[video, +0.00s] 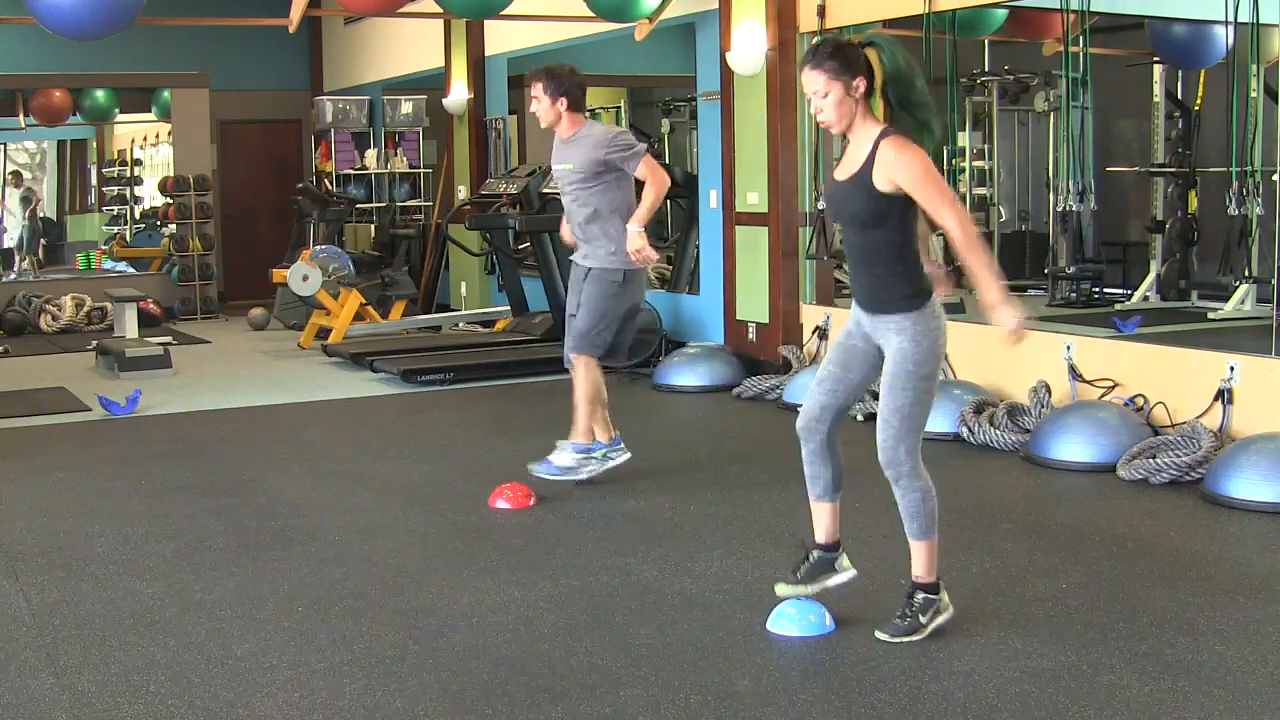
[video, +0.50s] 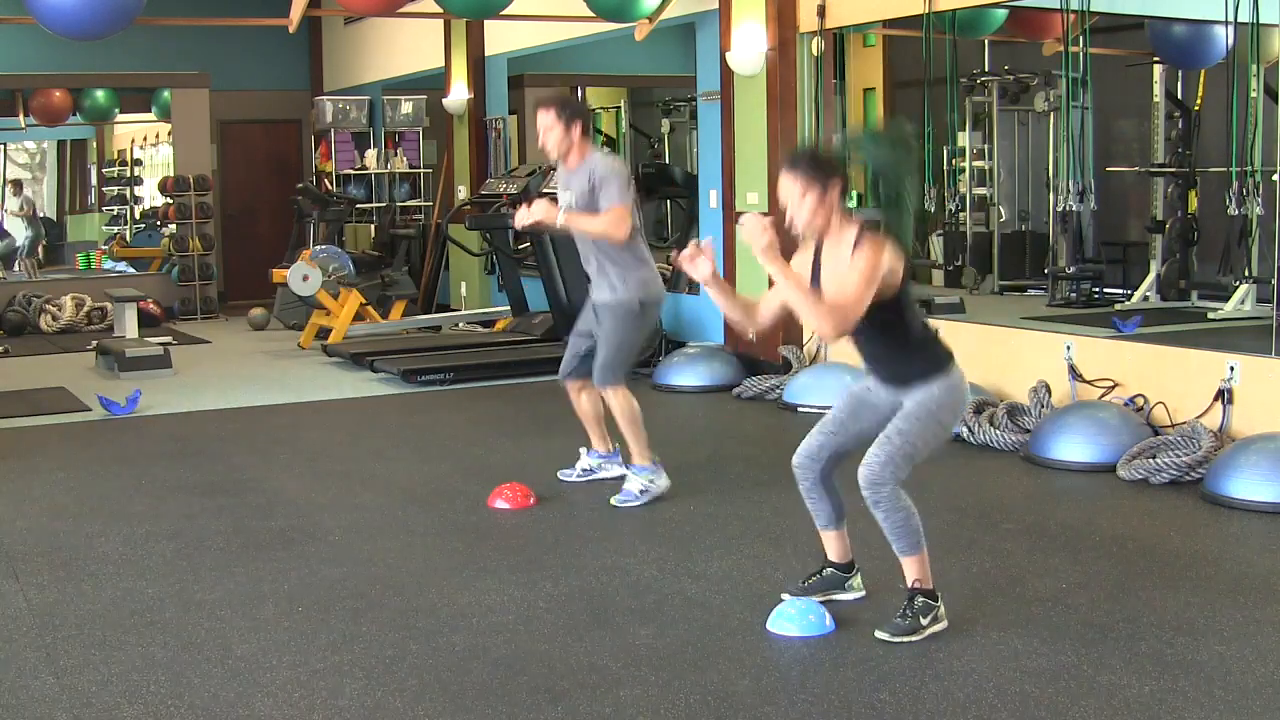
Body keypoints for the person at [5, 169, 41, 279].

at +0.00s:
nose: (11, 183)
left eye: (13, 179)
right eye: (10, 180)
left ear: (20, 179)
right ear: (10, 181)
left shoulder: (27, 190)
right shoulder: (20, 193)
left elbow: (37, 199)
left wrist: (30, 210)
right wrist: (5, 208)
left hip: (30, 223)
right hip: (23, 223)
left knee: (28, 251)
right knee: (17, 248)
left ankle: (35, 274)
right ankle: (17, 272)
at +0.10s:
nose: (13, 185)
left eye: (14, 182)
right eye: (12, 183)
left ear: (21, 182)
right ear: (14, 183)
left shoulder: (27, 194)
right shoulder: (22, 195)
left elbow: (33, 207)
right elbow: (21, 214)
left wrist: (24, 216)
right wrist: (8, 209)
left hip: (29, 227)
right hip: (23, 227)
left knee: (27, 255)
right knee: (14, 249)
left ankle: (35, 276)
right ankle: (11, 276)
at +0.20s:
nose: (13, 187)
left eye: (15, 184)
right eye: (13, 184)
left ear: (22, 184)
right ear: (14, 184)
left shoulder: (27, 196)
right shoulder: (22, 197)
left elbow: (32, 209)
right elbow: (26, 210)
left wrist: (18, 214)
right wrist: (13, 215)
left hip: (30, 231)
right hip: (23, 231)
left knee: (27, 259)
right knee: (13, 254)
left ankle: (35, 277)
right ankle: (12, 276)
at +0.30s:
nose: (13, 183)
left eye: (15, 180)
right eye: (13, 180)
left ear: (21, 180)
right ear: (17, 180)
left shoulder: (27, 191)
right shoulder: (20, 192)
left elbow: (30, 203)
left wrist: (15, 209)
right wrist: (13, 209)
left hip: (30, 227)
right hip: (23, 226)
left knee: (30, 253)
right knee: (16, 250)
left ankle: (35, 275)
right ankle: (16, 273)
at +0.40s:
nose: (11, 183)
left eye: (13, 180)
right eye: (11, 180)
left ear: (20, 180)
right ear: (14, 181)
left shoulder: (26, 190)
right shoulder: (16, 192)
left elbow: (29, 205)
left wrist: (14, 208)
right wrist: (10, 207)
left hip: (31, 226)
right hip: (22, 225)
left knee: (28, 252)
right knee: (19, 250)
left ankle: (36, 274)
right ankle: (22, 273)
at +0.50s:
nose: (10, 190)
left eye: (12, 188)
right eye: (9, 188)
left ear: (19, 188)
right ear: (9, 188)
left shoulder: (25, 198)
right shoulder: (16, 200)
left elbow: (28, 212)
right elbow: (22, 212)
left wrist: (13, 213)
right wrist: (9, 212)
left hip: (35, 231)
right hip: (27, 231)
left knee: (27, 255)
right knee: (21, 255)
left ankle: (35, 277)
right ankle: (29, 277)